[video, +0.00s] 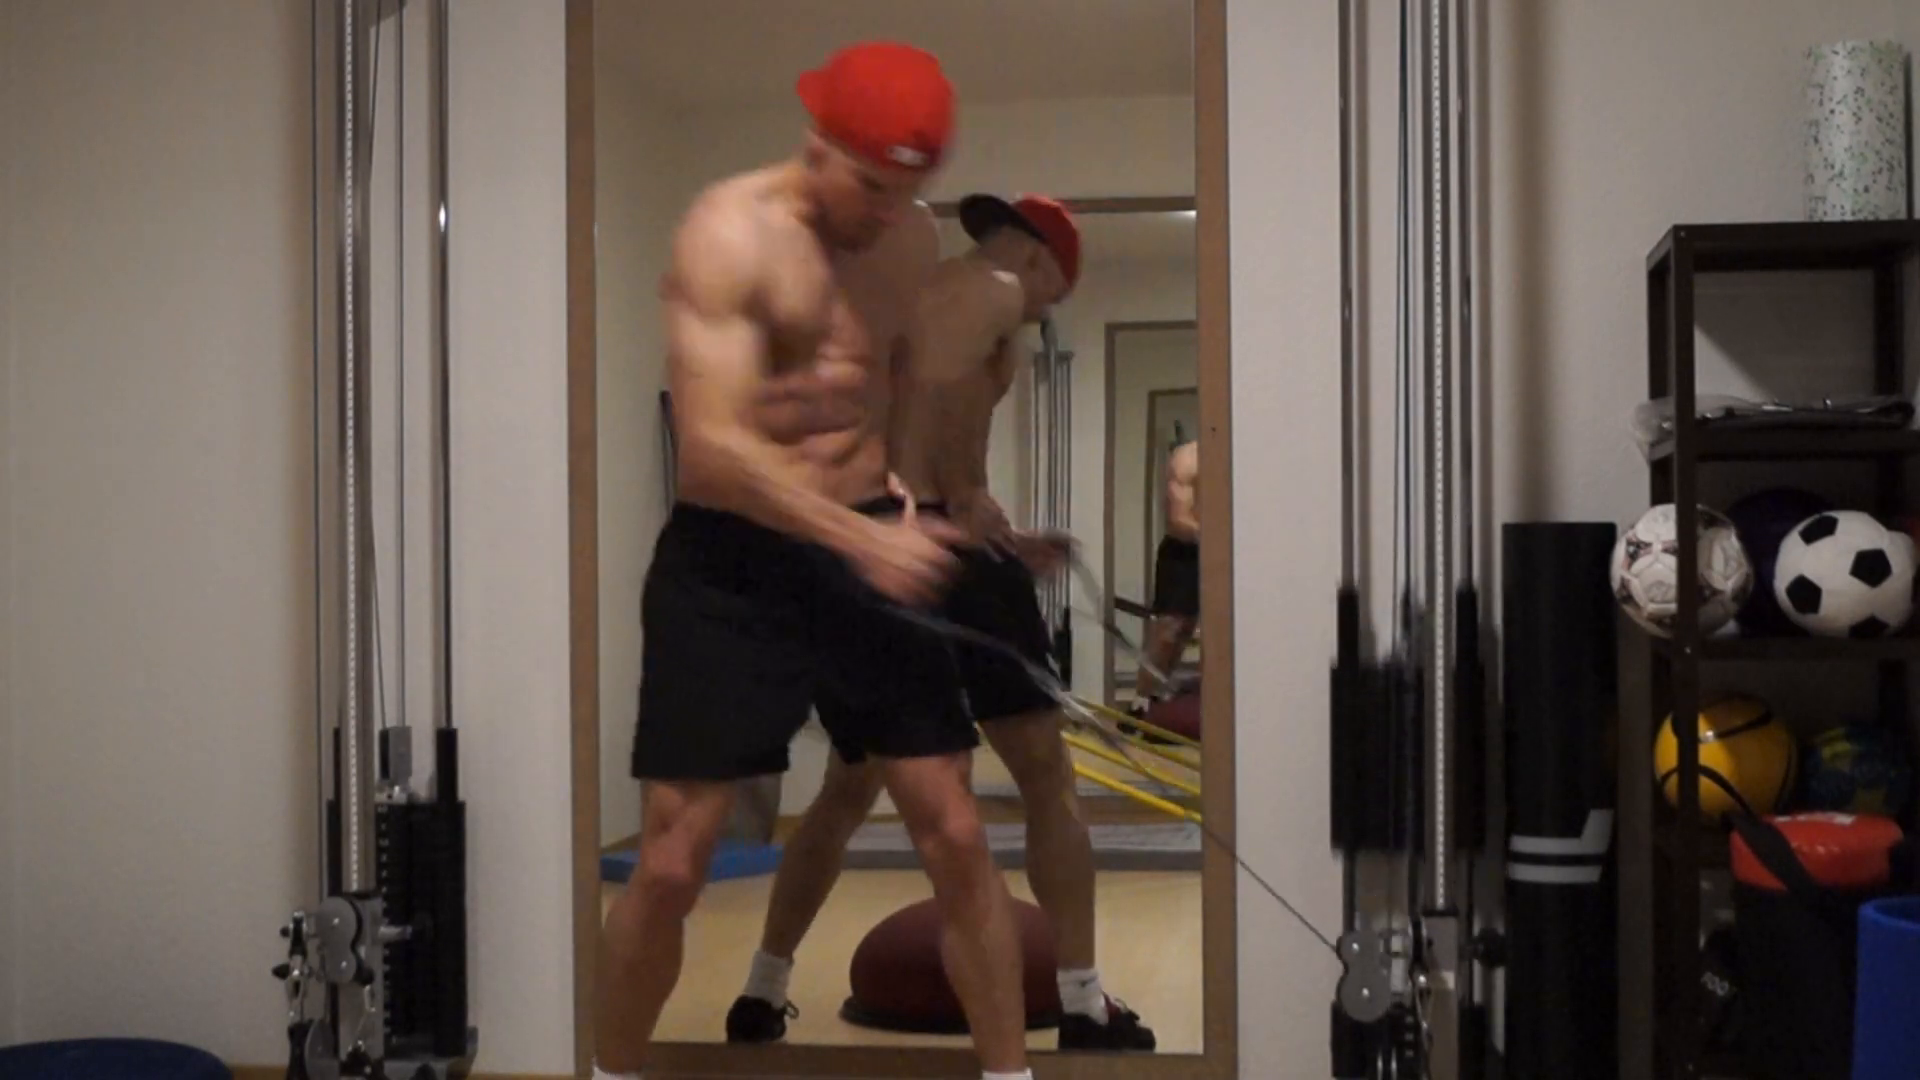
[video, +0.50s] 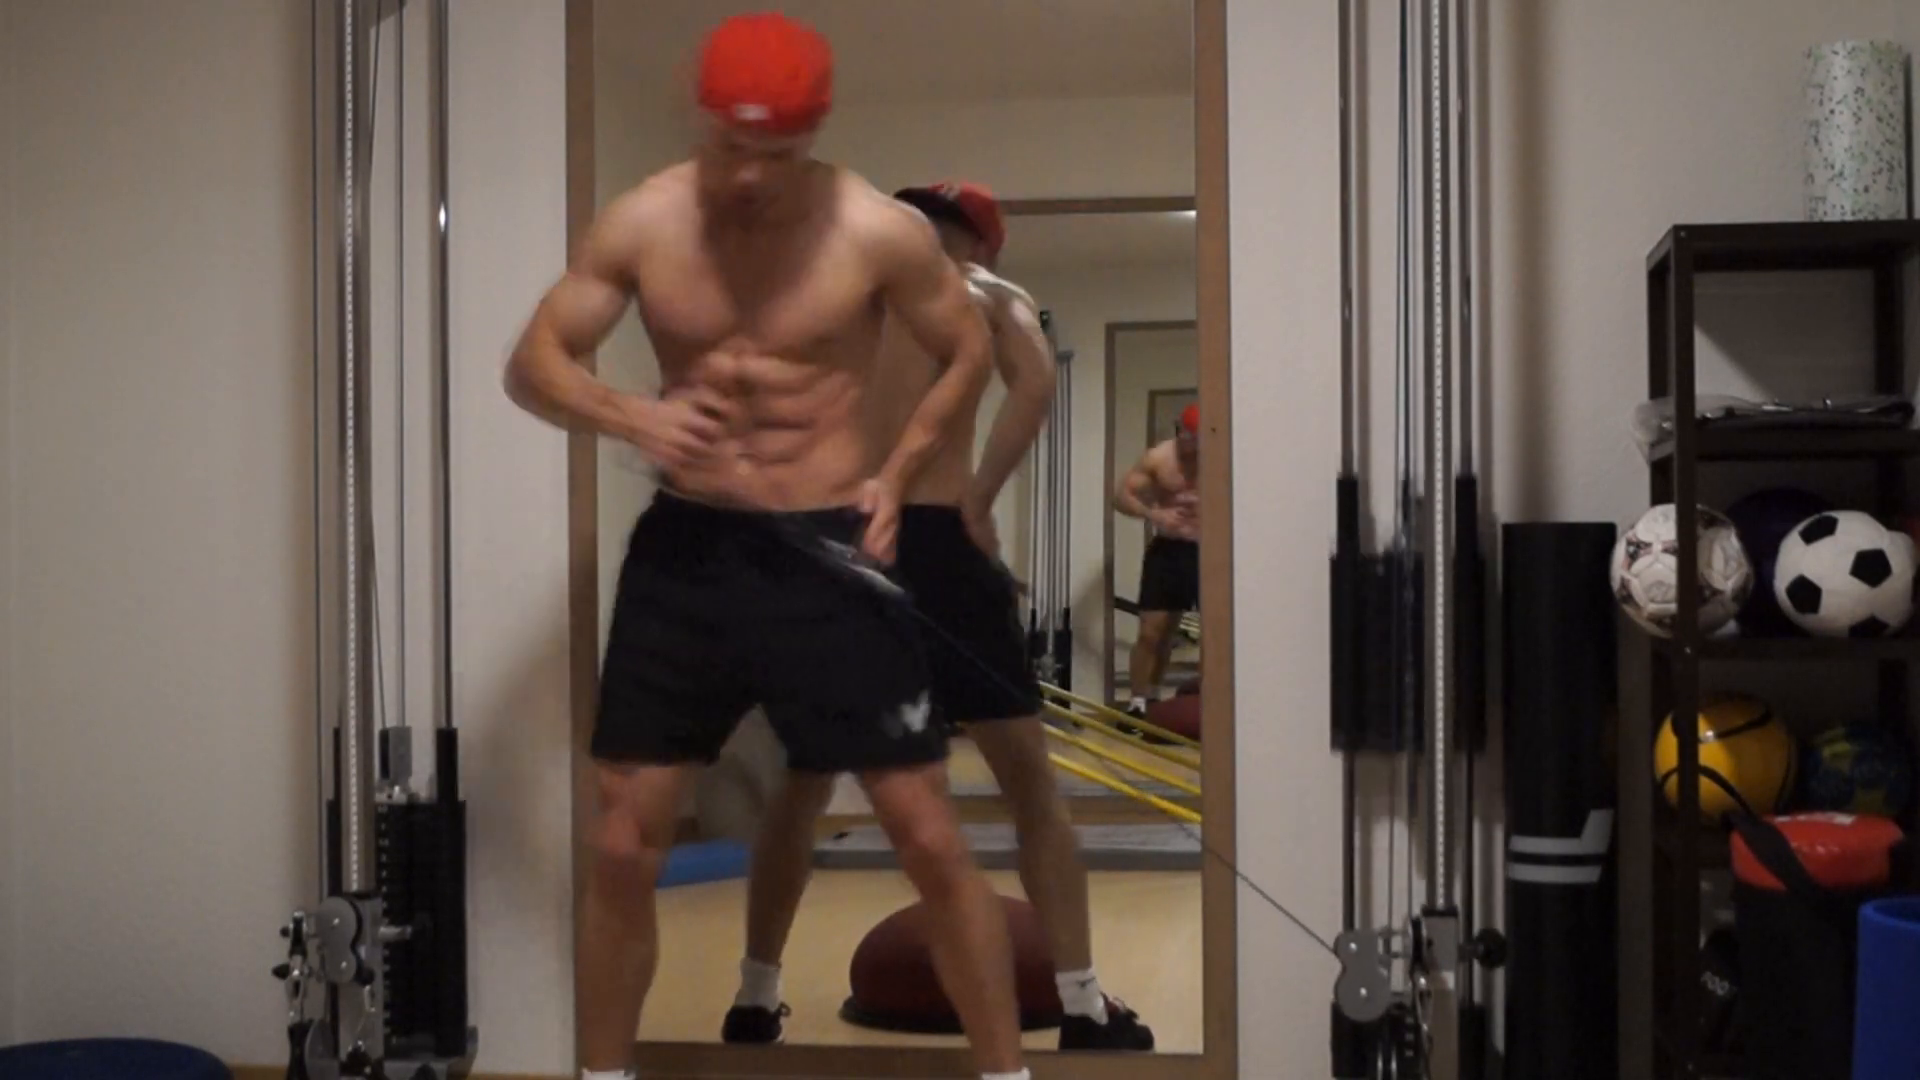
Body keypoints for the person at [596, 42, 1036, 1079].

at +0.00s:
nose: (890, 208)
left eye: (906, 187)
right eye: (871, 182)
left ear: (923, 170)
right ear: (817, 141)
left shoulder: (906, 237)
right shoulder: (729, 228)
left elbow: (888, 383)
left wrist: (902, 495)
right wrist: (860, 537)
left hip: (862, 551)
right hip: (728, 564)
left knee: (958, 835)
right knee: (670, 868)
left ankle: (1009, 1075)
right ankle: (613, 1074)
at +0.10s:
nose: (767, 175)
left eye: (795, 156)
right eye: (751, 148)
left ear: (842, 144)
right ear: (725, 126)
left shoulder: (896, 237)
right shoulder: (653, 216)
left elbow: (978, 348)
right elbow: (549, 361)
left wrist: (900, 461)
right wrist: (627, 431)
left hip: (842, 564)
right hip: (691, 563)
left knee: (930, 841)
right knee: (622, 851)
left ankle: (1004, 1073)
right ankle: (605, 1075)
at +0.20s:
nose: (698, 181)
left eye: (723, 163)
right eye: (686, 157)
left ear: (784, 142)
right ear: (672, 130)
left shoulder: (844, 233)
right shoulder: (638, 213)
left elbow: (985, 344)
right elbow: (556, 313)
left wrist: (887, 470)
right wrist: (558, 367)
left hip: (812, 565)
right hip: (671, 559)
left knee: (905, 845)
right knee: (606, 846)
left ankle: (999, 1074)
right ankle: (601, 1075)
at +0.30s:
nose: (656, 193)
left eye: (682, 176)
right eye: (645, 168)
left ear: (746, 153)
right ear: (630, 141)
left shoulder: (812, 244)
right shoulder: (632, 219)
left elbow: (966, 366)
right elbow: (576, 289)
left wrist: (872, 487)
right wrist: (556, 340)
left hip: (794, 570)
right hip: (662, 560)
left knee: (883, 844)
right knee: (598, 841)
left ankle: (994, 1073)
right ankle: (601, 1075)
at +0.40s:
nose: (667, 186)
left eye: (693, 168)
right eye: (655, 162)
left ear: (755, 145)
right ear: (640, 137)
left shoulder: (821, 242)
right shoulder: (628, 222)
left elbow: (970, 363)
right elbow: (552, 309)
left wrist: (878, 488)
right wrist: (563, 364)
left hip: (802, 569)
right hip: (666, 558)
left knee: (893, 845)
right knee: (601, 845)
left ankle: (997, 1074)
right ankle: (602, 1076)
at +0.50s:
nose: (747, 170)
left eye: (773, 148)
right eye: (730, 144)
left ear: (814, 132)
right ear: (700, 118)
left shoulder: (879, 233)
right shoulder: (639, 222)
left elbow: (971, 351)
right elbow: (533, 366)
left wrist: (895, 473)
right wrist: (638, 418)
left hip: (837, 563)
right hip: (686, 559)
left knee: (927, 839)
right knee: (618, 845)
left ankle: (1003, 1072)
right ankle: (605, 1076)